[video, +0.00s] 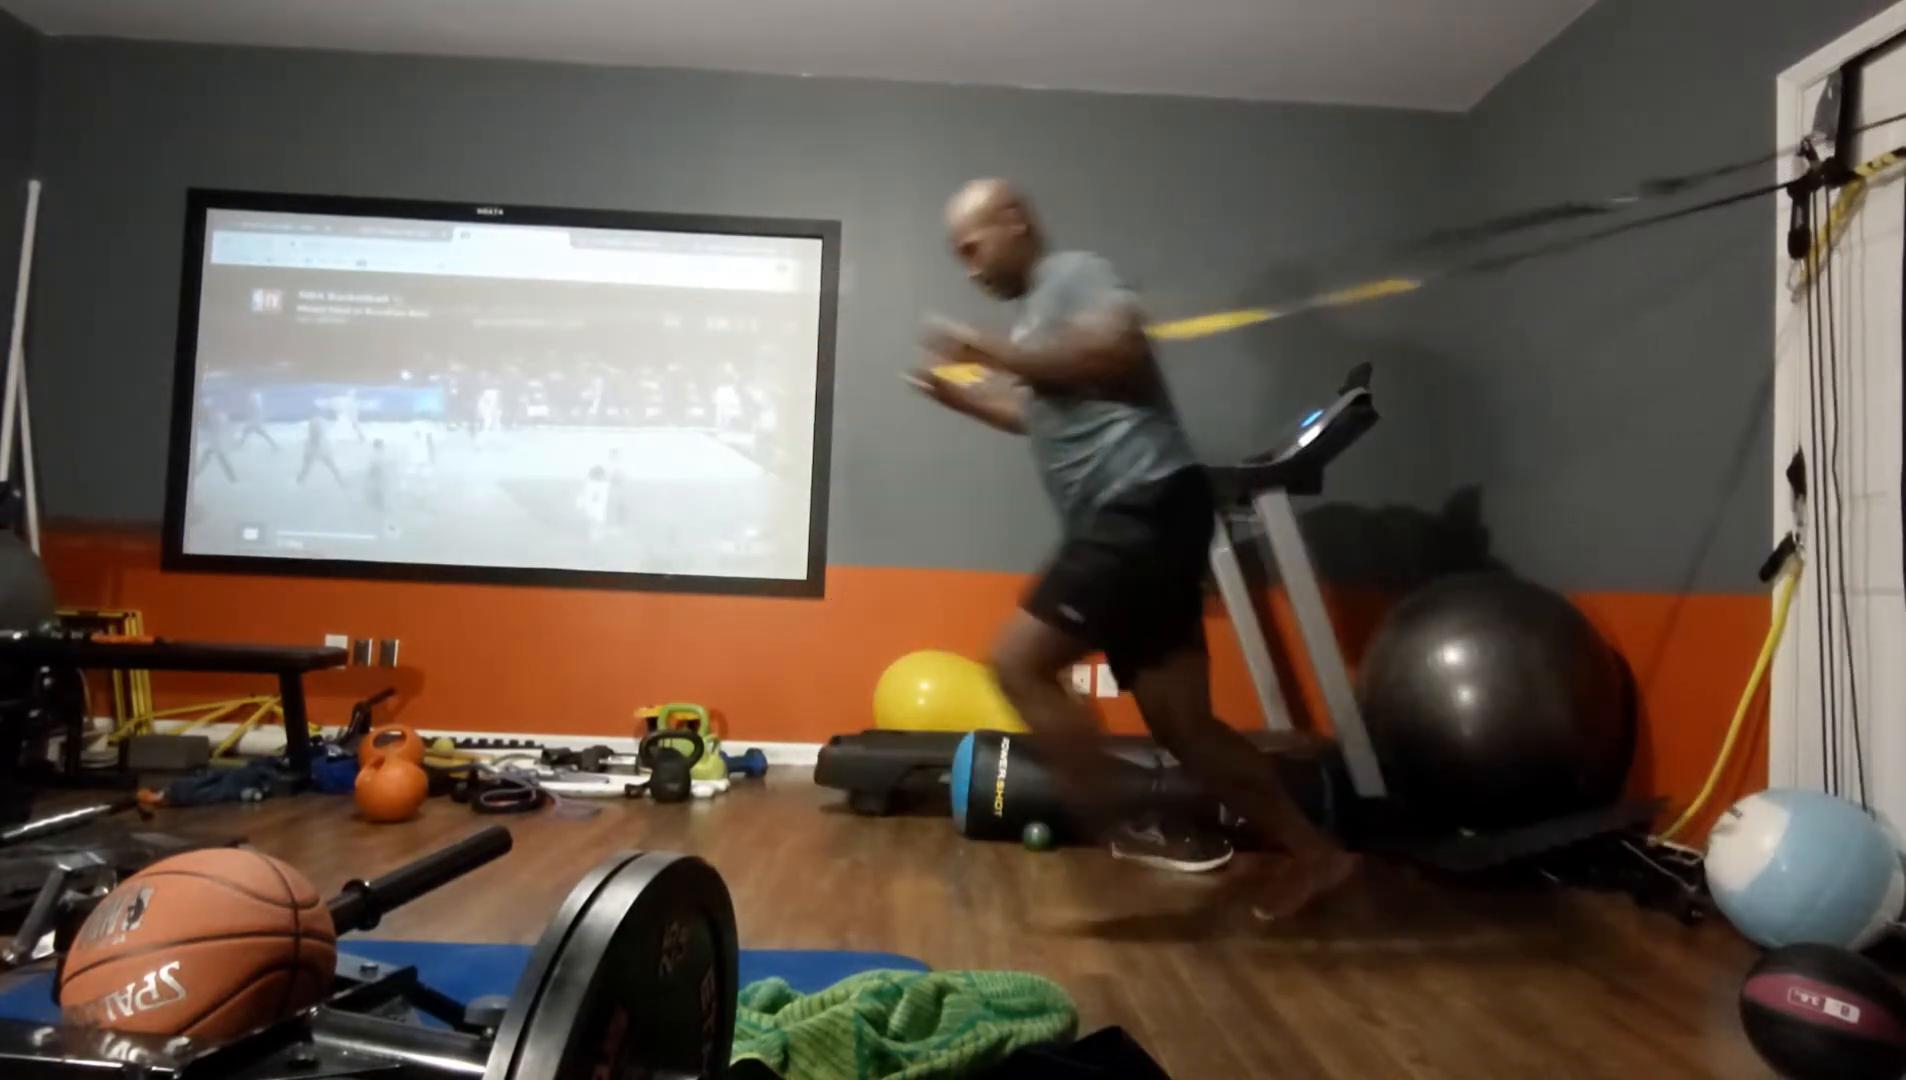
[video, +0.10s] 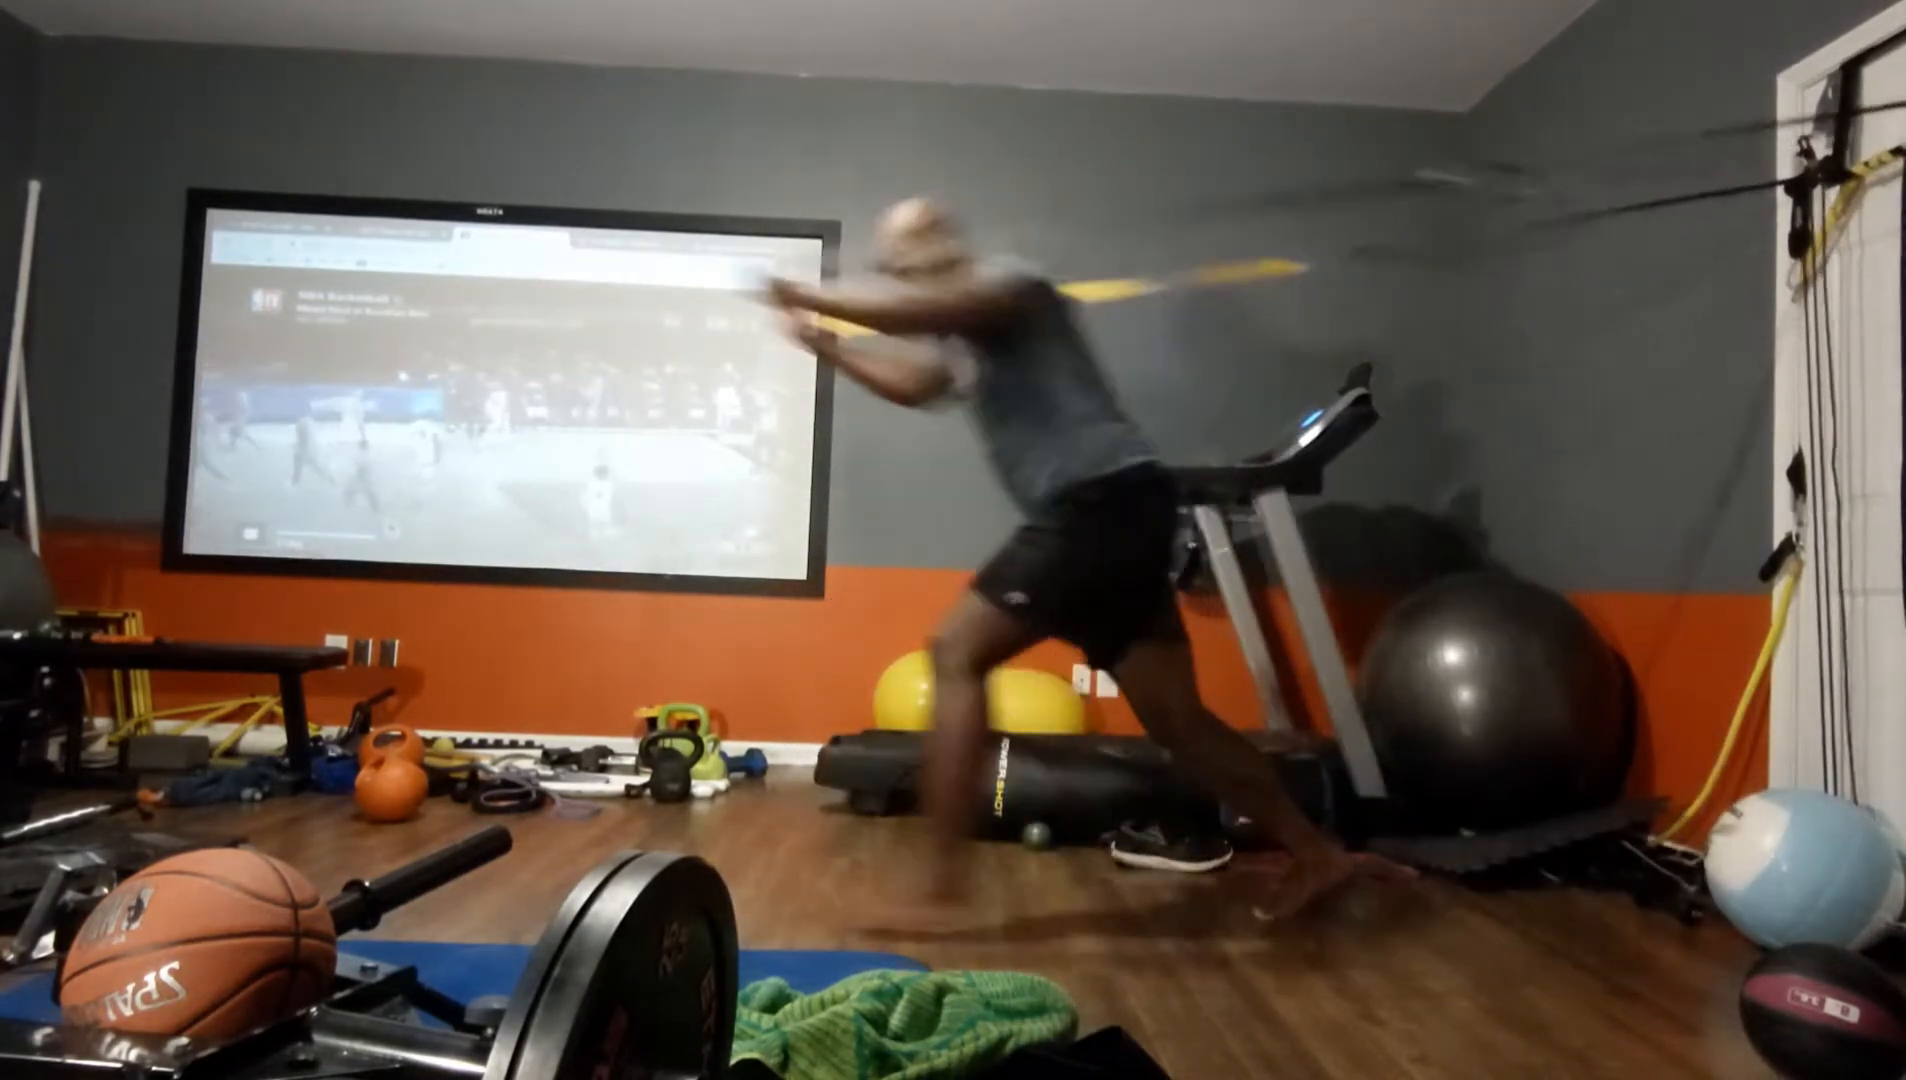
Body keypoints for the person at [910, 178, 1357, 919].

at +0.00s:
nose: (968, 262)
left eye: (974, 241)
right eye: (959, 250)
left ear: (1020, 223)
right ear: (969, 255)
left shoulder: (1076, 274)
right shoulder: (1027, 319)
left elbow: (1121, 361)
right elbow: (1040, 416)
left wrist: (1001, 356)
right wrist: (959, 396)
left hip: (1149, 504)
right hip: (1120, 514)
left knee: (1019, 665)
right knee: (1182, 725)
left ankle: (1125, 829)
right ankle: (1314, 854)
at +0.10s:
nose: (920, 282)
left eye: (925, 266)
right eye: (908, 273)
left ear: (954, 251)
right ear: (906, 277)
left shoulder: (1015, 287)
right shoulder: (965, 338)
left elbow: (939, 308)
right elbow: (911, 384)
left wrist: (815, 297)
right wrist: (822, 345)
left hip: (1104, 506)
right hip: (1101, 514)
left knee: (957, 651)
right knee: (1178, 720)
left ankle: (942, 884)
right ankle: (1320, 856)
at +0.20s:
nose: (814, 299)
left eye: (816, 283)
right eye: (816, 293)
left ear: (856, 272)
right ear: (864, 288)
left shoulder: (924, 304)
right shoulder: (903, 343)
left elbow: (776, 282)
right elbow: (793, 343)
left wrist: (637, 244)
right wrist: (701, 303)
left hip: (1042, 528)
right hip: (1080, 530)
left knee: (902, 671)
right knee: (1147, 716)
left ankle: (896, 907)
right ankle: (1304, 845)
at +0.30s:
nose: (759, 363)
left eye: (758, 342)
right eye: (749, 352)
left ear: (786, 317)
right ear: (791, 337)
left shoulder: (858, 335)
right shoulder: (844, 370)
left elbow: (710, 300)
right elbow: (719, 343)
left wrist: (578, 249)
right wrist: (625, 288)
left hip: (1016, 521)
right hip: (1045, 530)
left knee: (864, 674)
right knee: (1103, 735)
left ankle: (894, 901)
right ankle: (1276, 833)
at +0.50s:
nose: (694, 390)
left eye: (694, 374)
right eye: (682, 383)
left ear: (732, 344)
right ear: (736, 367)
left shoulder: (802, 353)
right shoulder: (800, 414)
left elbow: (655, 338)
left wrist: (524, 288)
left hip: (980, 534)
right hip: (996, 544)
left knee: (822, 686)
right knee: (1091, 748)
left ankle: (888, 899)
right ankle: (1246, 843)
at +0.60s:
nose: (694, 399)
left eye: (691, 381)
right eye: (680, 391)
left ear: (727, 353)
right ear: (737, 371)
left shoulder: (801, 356)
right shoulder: (804, 415)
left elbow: (656, 345)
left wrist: (525, 293)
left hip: (975, 537)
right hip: (1005, 544)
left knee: (818, 687)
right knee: (1083, 745)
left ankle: (888, 895)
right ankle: (1239, 834)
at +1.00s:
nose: (814, 277)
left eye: (824, 261)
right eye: (812, 269)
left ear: (874, 256)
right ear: (850, 280)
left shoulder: (926, 308)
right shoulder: (885, 364)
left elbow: (805, 309)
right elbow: (790, 374)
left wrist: (674, 276)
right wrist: (693, 340)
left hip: (1033, 521)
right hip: (1051, 530)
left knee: (869, 667)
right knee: (1120, 740)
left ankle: (890, 896)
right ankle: (1266, 845)